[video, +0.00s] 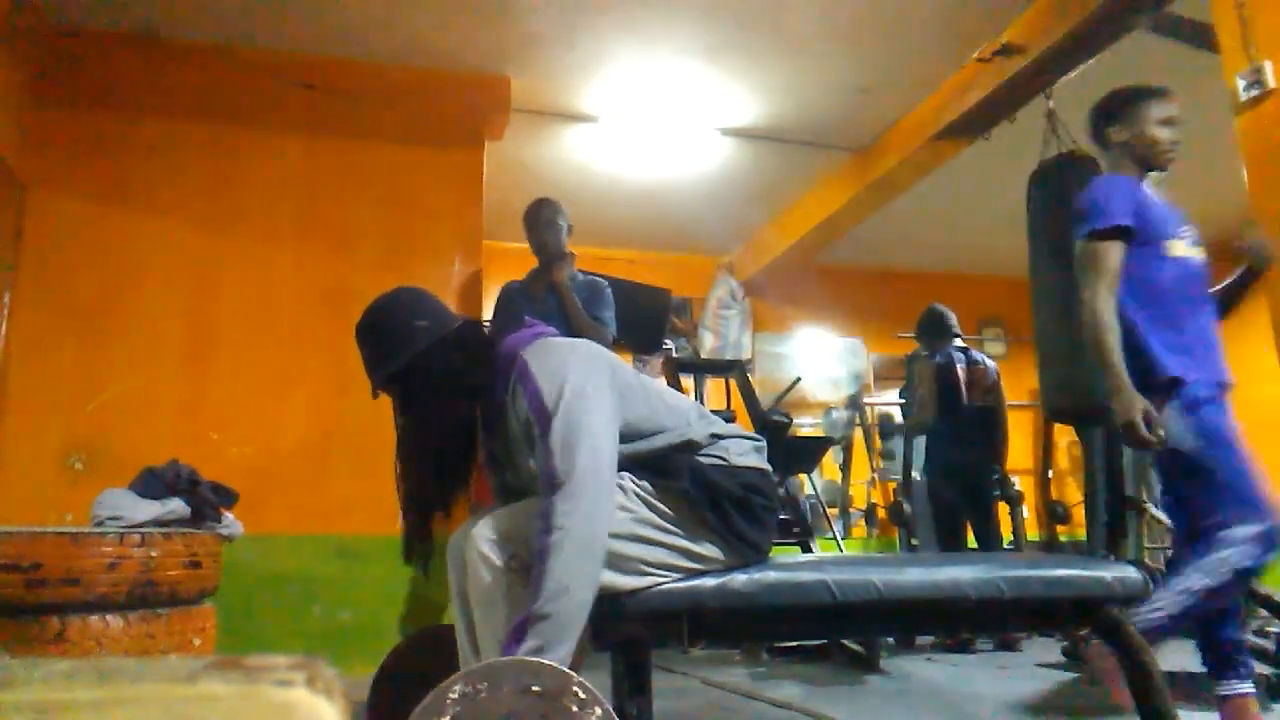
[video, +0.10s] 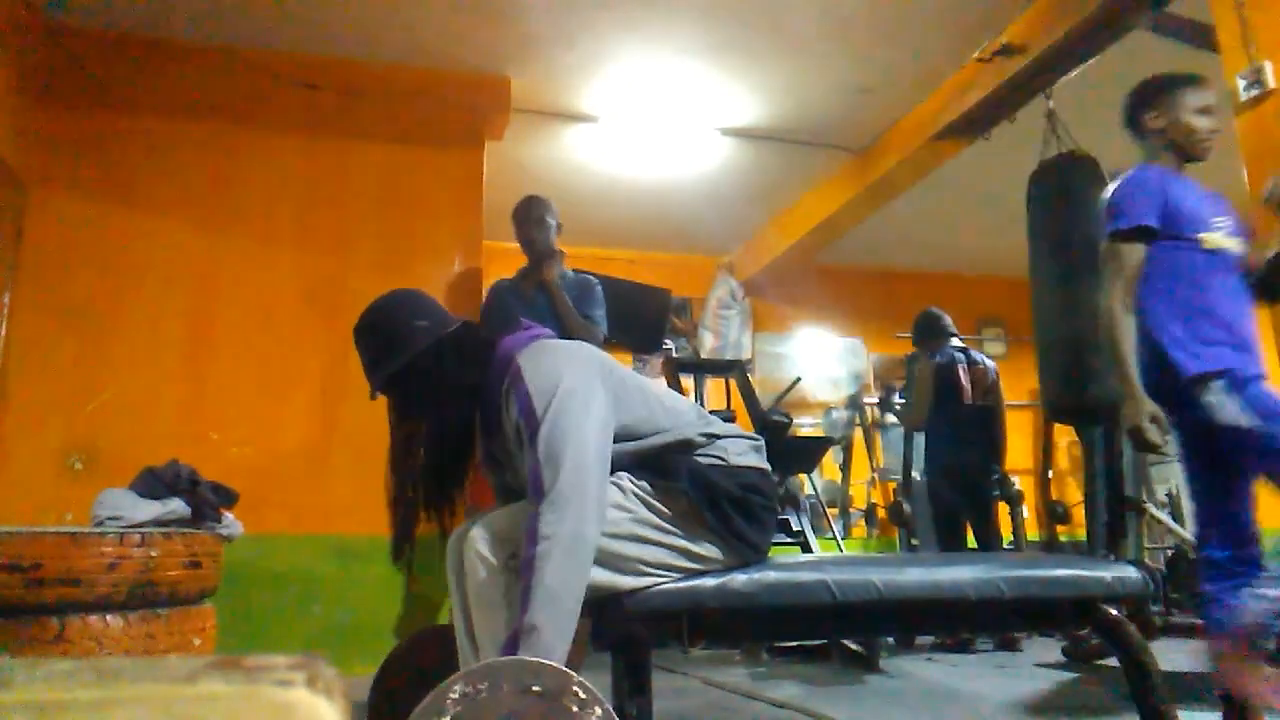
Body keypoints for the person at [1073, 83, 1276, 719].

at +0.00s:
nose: (1175, 136)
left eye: (1175, 126)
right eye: (1162, 124)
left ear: (1135, 137)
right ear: (1118, 134)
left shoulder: (1158, 206)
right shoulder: (1112, 192)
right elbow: (1096, 298)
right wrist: (1122, 392)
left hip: (1201, 392)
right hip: (1177, 394)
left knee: (1209, 538)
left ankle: (1234, 688)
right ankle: (1123, 639)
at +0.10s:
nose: (1214, 124)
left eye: (1215, 114)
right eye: (1201, 113)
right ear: (1155, 120)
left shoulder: (1212, 203)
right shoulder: (1142, 186)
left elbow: (1248, 280)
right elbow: (1115, 297)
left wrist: (1268, 246)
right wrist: (1132, 394)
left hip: (1236, 376)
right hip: (1203, 379)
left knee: (1228, 535)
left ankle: (1238, 673)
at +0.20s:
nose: (1255, 116)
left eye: (1254, 105)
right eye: (1242, 103)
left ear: (1206, 109)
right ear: (1196, 108)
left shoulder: (1250, 190)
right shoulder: (1175, 186)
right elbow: (1144, 290)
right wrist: (1158, 393)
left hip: (1263, 375)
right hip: (1231, 377)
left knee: (1256, 530)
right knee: (1256, 529)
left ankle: (1251, 687)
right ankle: (1249, 687)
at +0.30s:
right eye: (1274, 83)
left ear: (1249, 100)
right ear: (1243, 97)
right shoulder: (1221, 177)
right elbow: (1183, 292)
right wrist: (1198, 400)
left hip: (1267, 380)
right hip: (1263, 380)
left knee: (1271, 535)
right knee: (1271, 535)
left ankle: (1255, 685)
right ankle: (1253, 686)